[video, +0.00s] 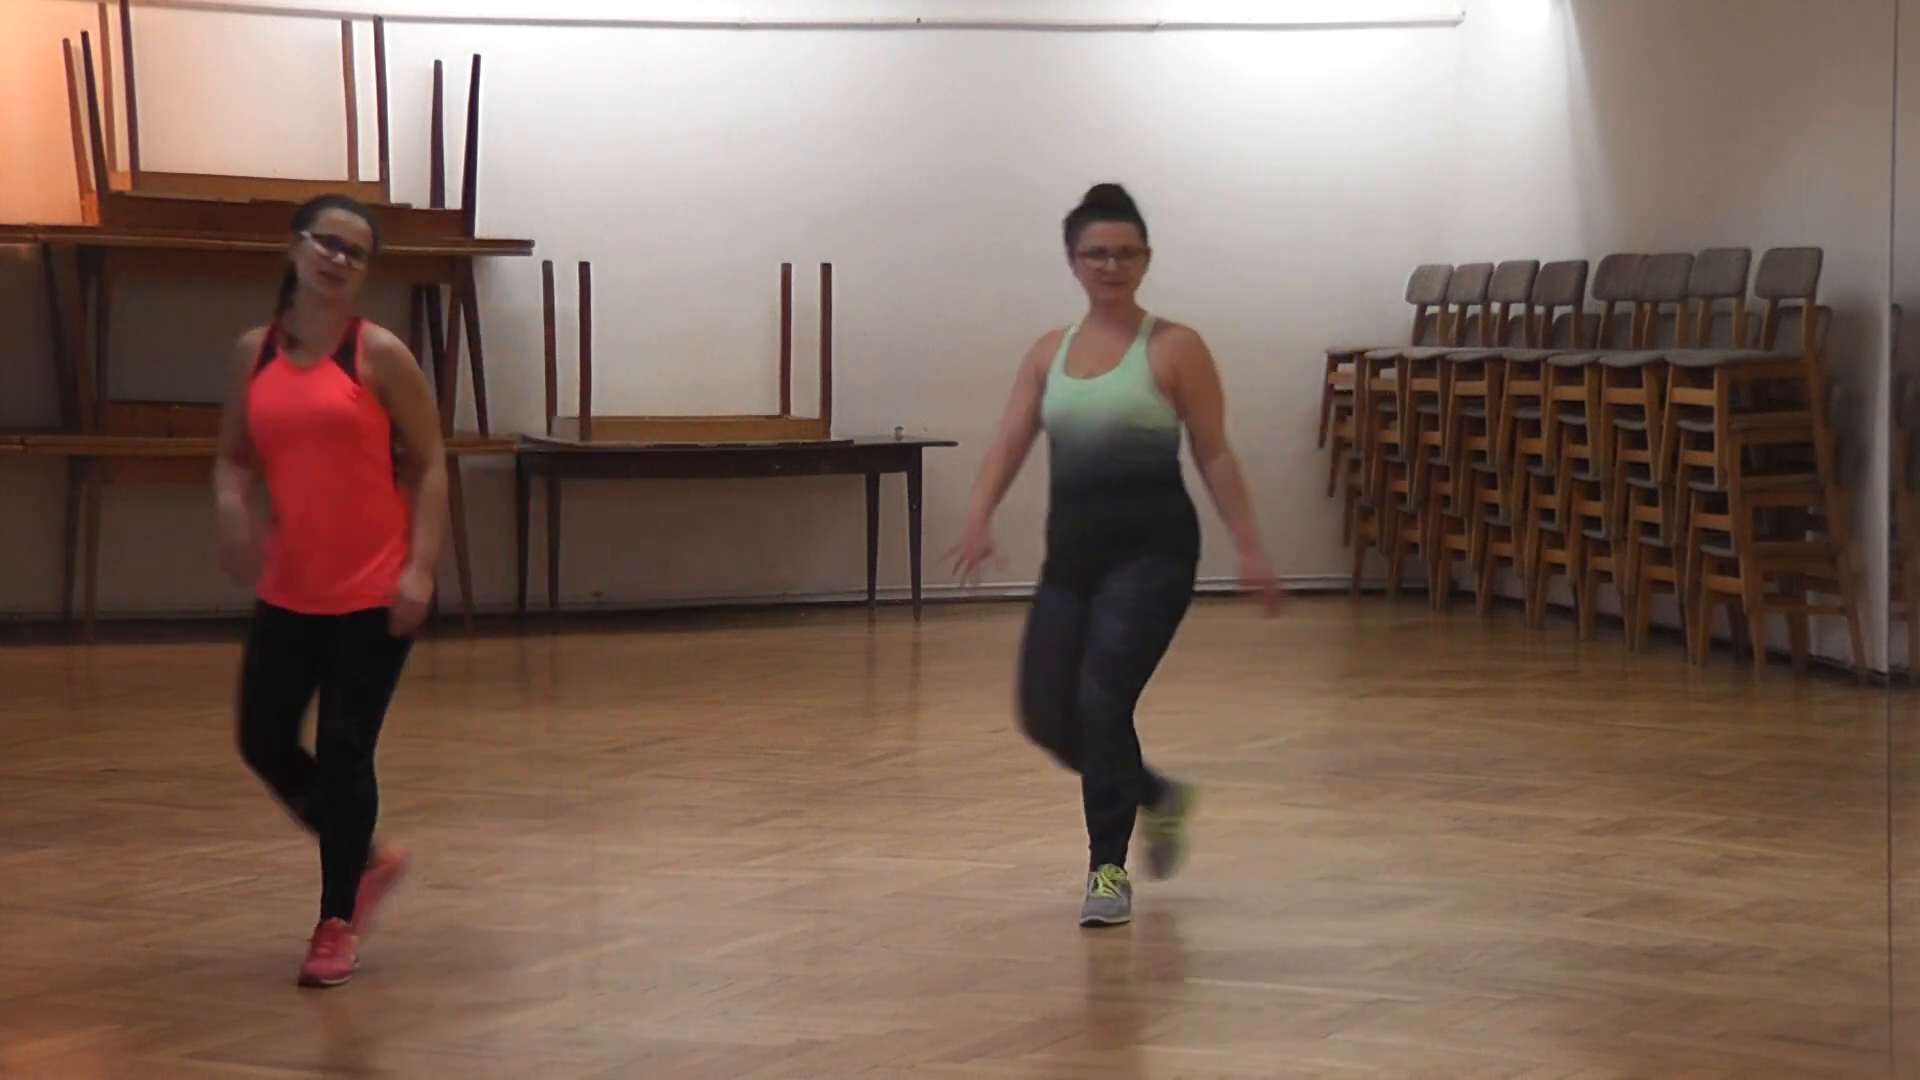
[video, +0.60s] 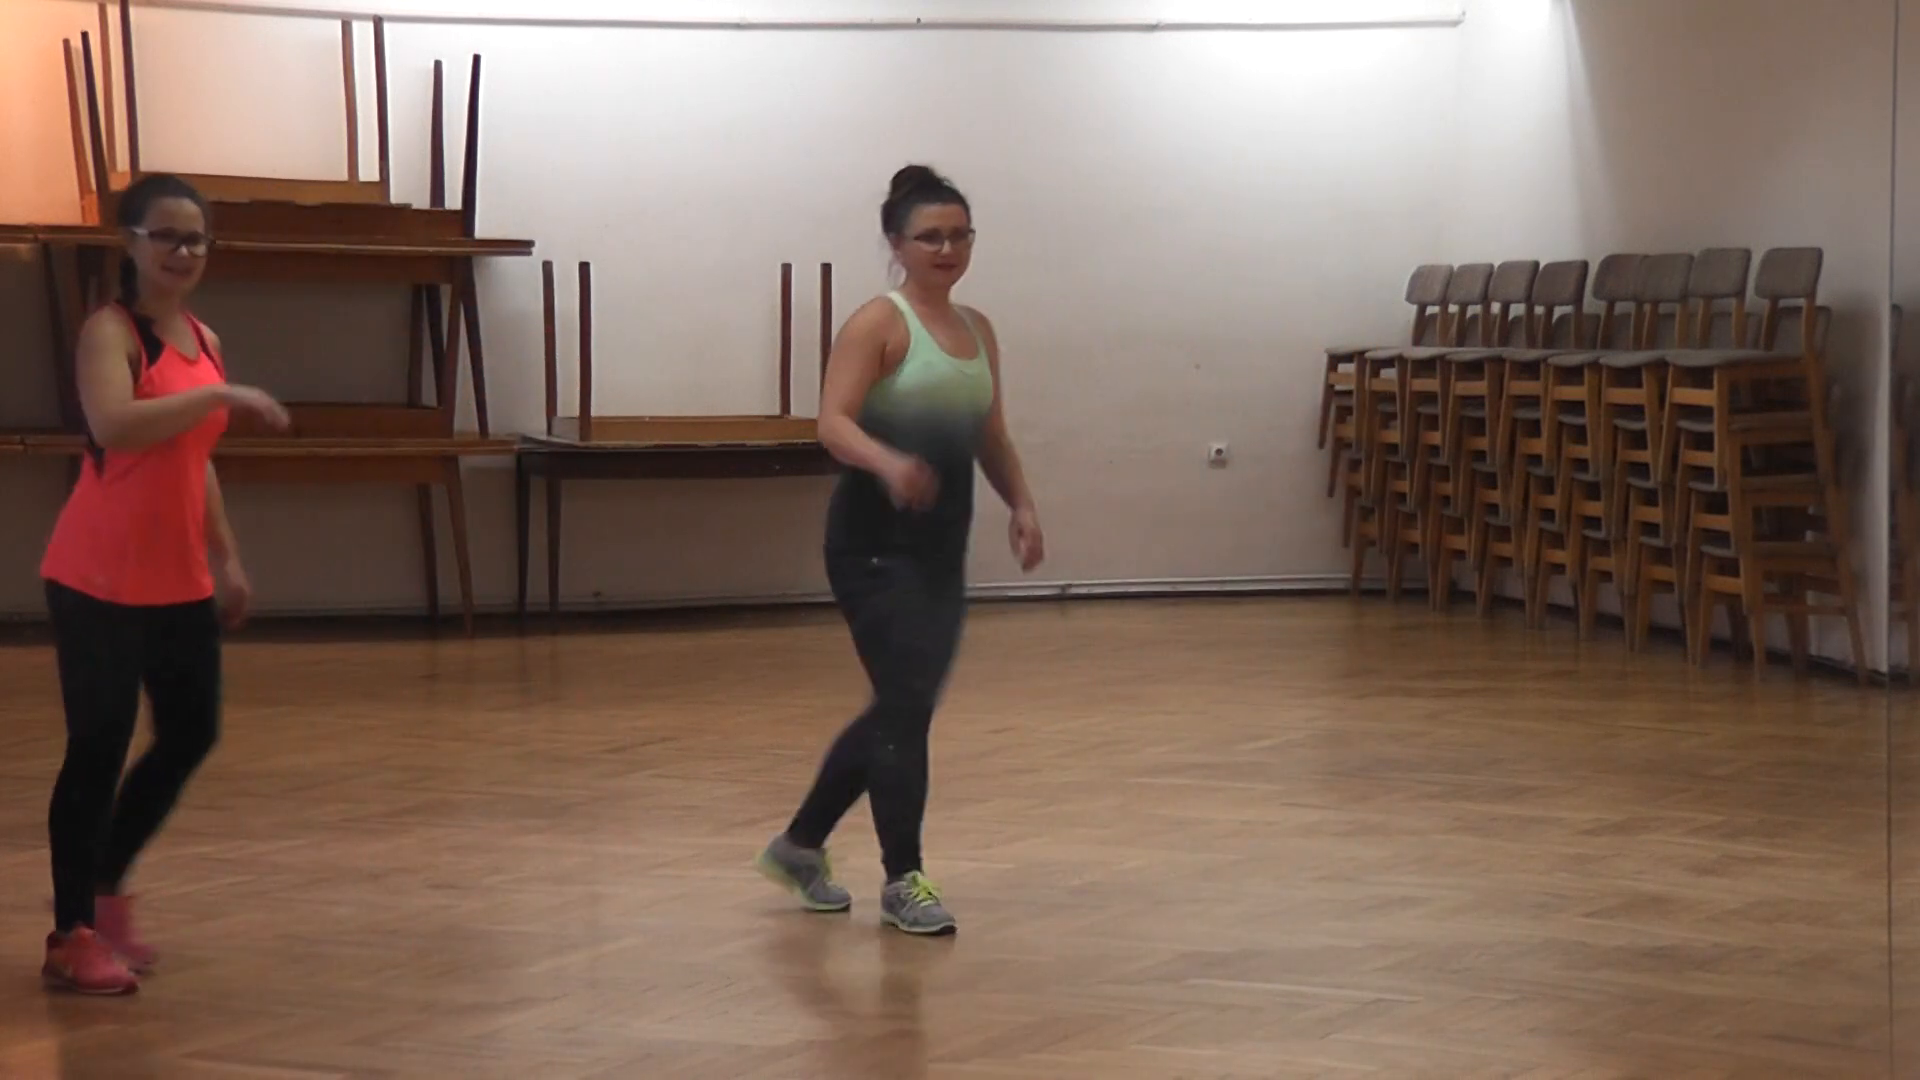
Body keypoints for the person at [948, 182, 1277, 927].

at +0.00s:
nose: (1113, 265)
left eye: (1127, 252)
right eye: (1098, 253)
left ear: (1145, 259)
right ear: (1073, 261)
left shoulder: (1175, 349)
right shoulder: (1051, 353)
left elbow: (1214, 454)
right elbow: (1011, 443)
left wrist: (1251, 551)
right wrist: (978, 518)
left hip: (1152, 551)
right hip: (1073, 553)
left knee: (1101, 697)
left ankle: (1107, 869)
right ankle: (1159, 793)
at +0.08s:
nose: (1090, 258)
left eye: (1103, 246)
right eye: (1074, 246)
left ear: (1122, 254)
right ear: (1050, 254)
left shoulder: (1152, 345)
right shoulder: (1021, 346)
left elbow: (1185, 450)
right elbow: (975, 445)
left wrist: (1190, 544)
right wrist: (945, 533)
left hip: (1129, 557)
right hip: (1043, 555)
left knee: (1100, 707)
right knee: (992, 697)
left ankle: (1109, 866)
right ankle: (1061, 823)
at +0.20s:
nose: (1058, 244)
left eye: (1070, 231)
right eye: (1041, 232)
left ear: (1087, 239)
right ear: (1012, 240)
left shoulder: (1112, 331)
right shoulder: (973, 328)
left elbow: (1138, 435)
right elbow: (931, 430)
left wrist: (1098, 503)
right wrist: (908, 516)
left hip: (1088, 539)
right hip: (996, 541)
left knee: (1089, 703)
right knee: (974, 700)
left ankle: (1109, 868)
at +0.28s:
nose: (1034, 249)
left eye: (1046, 235)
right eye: (1017, 236)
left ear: (1062, 242)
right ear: (986, 244)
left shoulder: (1083, 335)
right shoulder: (946, 328)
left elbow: (1105, 436)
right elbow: (899, 427)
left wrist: (1047, 476)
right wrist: (887, 507)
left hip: (1050, 545)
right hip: (960, 545)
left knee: (1071, 707)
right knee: (953, 711)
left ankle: (1106, 867)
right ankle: (915, 877)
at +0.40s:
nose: (999, 260)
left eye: (1012, 247)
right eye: (982, 248)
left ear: (1026, 253)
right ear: (950, 256)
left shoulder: (1036, 343)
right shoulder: (924, 336)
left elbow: (1058, 446)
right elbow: (851, 427)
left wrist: (1017, 458)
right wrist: (855, 519)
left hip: (997, 551)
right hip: (919, 549)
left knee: (1050, 691)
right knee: (939, 708)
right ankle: (912, 879)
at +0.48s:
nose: (978, 256)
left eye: (990, 244)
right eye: (961, 244)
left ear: (1002, 249)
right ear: (926, 250)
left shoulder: (1007, 338)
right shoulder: (902, 333)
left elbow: (1035, 441)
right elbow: (842, 429)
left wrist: (1016, 472)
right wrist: (850, 515)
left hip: (973, 542)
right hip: (901, 543)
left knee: (1008, 698)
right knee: (929, 709)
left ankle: (887, 814)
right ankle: (915, 878)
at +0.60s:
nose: (949, 248)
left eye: (960, 234)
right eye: (932, 236)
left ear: (972, 238)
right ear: (896, 243)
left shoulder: (976, 329)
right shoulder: (875, 323)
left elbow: (988, 429)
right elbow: (833, 423)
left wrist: (1021, 502)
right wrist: (888, 462)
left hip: (941, 540)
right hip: (873, 538)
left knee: (905, 702)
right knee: (905, 700)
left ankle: (798, 845)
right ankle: (903, 879)